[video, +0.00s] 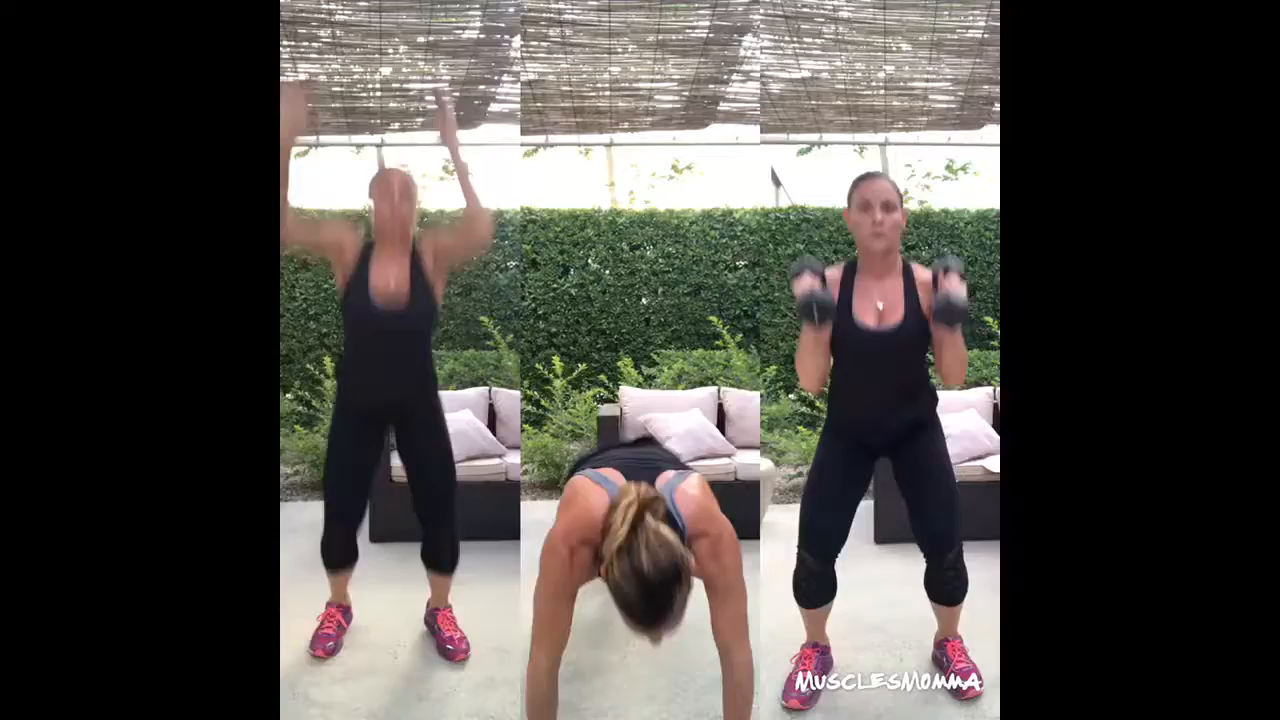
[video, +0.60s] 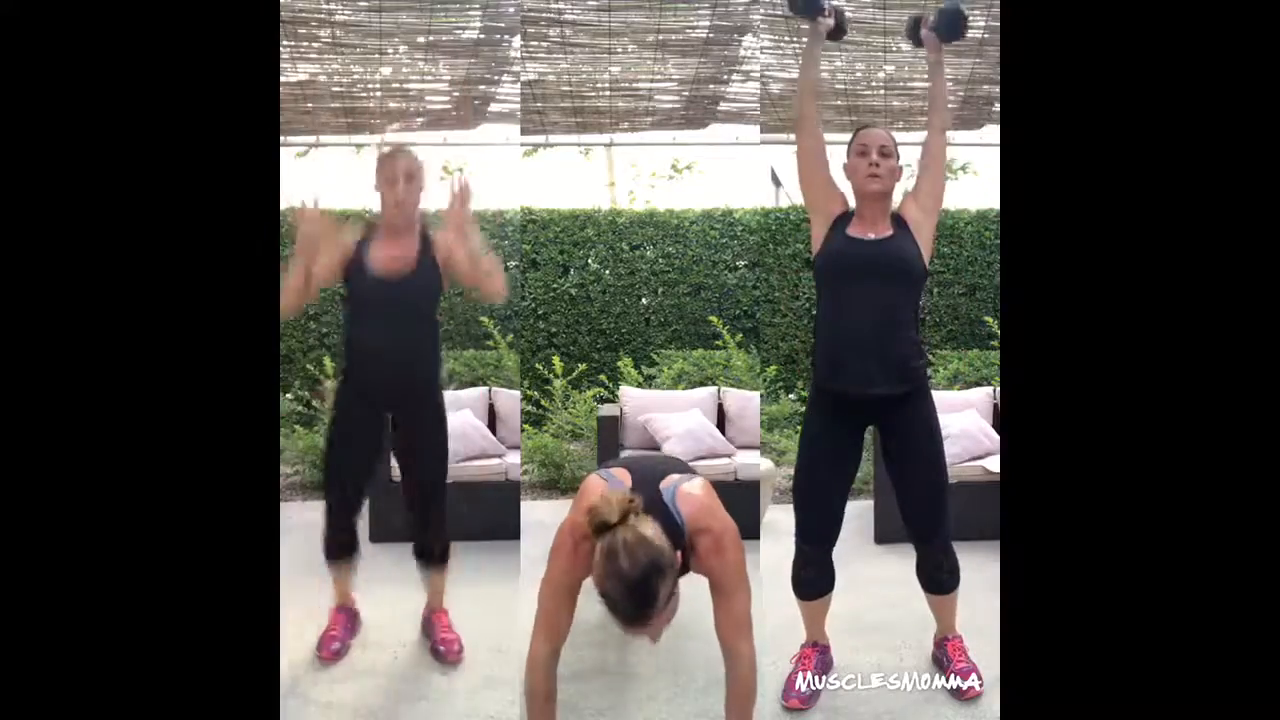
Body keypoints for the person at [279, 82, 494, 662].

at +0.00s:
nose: (396, 200)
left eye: (404, 194)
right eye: (386, 193)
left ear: (417, 205)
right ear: (370, 205)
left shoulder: (434, 254)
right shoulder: (347, 246)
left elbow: (481, 227)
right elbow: (285, 224)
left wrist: (454, 150)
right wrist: (285, 147)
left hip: (418, 404)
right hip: (358, 404)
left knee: (440, 507)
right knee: (339, 510)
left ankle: (441, 609)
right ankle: (338, 605)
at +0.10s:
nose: (394, 120)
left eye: (403, 112)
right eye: (385, 111)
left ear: (416, 124)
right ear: (369, 120)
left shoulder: (433, 177)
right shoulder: (344, 170)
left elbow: (493, 182)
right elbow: (283, 177)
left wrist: (469, 118)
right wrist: (286, 114)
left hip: (417, 337)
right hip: (357, 337)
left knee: (433, 460)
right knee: (342, 457)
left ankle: (449, 578)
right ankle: (324, 568)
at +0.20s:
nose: (394, 78)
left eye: (404, 68)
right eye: (383, 67)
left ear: (416, 77)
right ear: (368, 77)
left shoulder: (434, 142)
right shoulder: (341, 134)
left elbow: (485, 194)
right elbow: (286, 176)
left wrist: (474, 131)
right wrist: (286, 119)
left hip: (418, 285)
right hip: (359, 285)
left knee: (449, 378)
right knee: (315, 373)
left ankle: (450, 492)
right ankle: (315, 485)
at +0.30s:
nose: (392, 91)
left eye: (402, 81)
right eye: (382, 81)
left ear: (414, 91)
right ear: (366, 92)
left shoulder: (435, 152)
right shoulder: (341, 147)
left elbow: (489, 184)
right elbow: (284, 160)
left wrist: (457, 120)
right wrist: (299, 97)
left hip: (418, 287)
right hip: (356, 288)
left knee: (477, 287)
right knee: (290, 285)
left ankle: (453, 388)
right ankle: (306, 394)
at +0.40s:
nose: (395, 108)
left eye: (406, 98)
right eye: (384, 98)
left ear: (419, 108)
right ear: (367, 108)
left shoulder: (436, 167)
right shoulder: (344, 161)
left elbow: (491, 177)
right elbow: (284, 168)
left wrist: (453, 112)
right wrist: (303, 96)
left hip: (418, 303)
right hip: (354, 303)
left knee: (477, 288)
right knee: (290, 311)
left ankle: (463, 409)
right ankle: (310, 420)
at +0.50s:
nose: (400, 128)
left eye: (410, 118)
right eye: (390, 118)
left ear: (423, 126)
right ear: (374, 126)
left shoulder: (439, 186)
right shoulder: (349, 184)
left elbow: (489, 223)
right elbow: (288, 229)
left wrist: (459, 146)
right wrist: (307, 156)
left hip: (417, 331)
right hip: (361, 330)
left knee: (458, 413)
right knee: (309, 412)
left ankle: (452, 546)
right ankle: (322, 542)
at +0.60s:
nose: (402, 190)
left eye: (411, 179)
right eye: (393, 180)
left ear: (423, 186)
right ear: (378, 185)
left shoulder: (439, 242)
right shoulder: (352, 243)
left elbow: (496, 290)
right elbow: (290, 303)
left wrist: (466, 234)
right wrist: (305, 249)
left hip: (419, 394)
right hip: (360, 393)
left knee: (431, 505)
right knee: (340, 502)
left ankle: (436, 611)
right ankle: (343, 608)